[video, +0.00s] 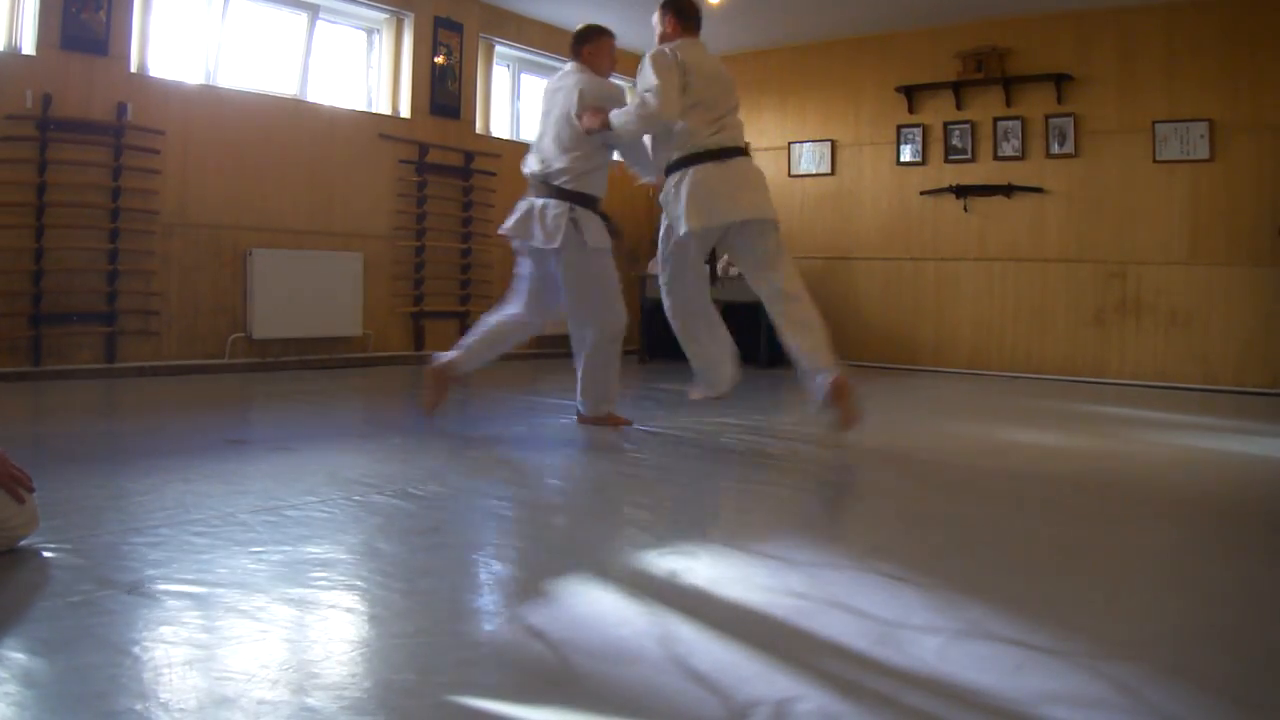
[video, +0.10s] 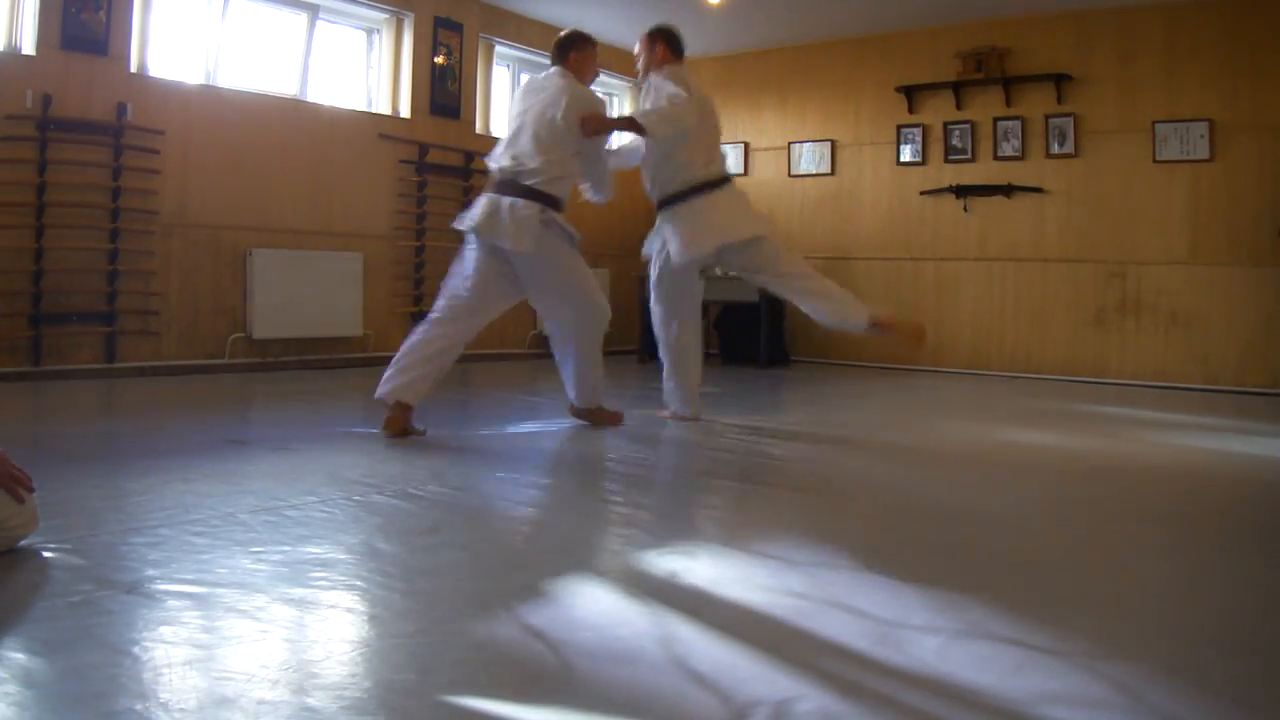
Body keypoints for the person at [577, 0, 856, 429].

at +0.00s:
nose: (655, 29)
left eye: (657, 21)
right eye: (657, 22)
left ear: (668, 22)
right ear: (696, 25)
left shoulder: (662, 57)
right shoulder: (717, 66)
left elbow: (658, 111)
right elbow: (714, 132)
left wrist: (607, 119)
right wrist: (668, 170)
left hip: (695, 183)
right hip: (743, 176)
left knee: (681, 285)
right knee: (777, 280)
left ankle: (716, 375)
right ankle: (825, 373)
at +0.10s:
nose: (634, 63)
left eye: (638, 54)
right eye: (635, 55)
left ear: (658, 51)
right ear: (671, 53)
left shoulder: (661, 85)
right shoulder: (696, 97)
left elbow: (671, 117)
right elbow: (634, 151)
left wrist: (613, 123)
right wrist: (590, 153)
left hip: (681, 219)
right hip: (723, 205)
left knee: (674, 318)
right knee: (791, 275)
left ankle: (683, 405)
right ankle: (867, 320)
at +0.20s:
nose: (612, 86)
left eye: (619, 77)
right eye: (613, 78)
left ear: (644, 80)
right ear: (638, 82)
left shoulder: (657, 110)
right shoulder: (636, 128)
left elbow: (687, 146)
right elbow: (605, 176)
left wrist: (622, 156)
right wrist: (558, 196)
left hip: (686, 233)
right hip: (705, 228)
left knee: (657, 320)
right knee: (756, 301)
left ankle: (681, 405)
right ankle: (838, 288)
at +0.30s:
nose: (589, 99)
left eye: (594, 88)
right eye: (588, 92)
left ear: (614, 85)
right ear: (599, 92)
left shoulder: (648, 112)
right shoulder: (607, 147)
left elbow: (699, 150)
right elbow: (581, 192)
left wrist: (655, 176)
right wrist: (548, 208)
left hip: (695, 226)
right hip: (671, 235)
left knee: (656, 322)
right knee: (682, 307)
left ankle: (679, 407)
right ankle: (767, 317)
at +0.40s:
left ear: (593, 98)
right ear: (574, 116)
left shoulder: (638, 106)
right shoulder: (584, 143)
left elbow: (699, 123)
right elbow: (592, 187)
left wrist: (694, 162)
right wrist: (583, 196)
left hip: (691, 217)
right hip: (650, 224)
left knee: (675, 310)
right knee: (627, 300)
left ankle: (683, 399)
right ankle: (626, 361)